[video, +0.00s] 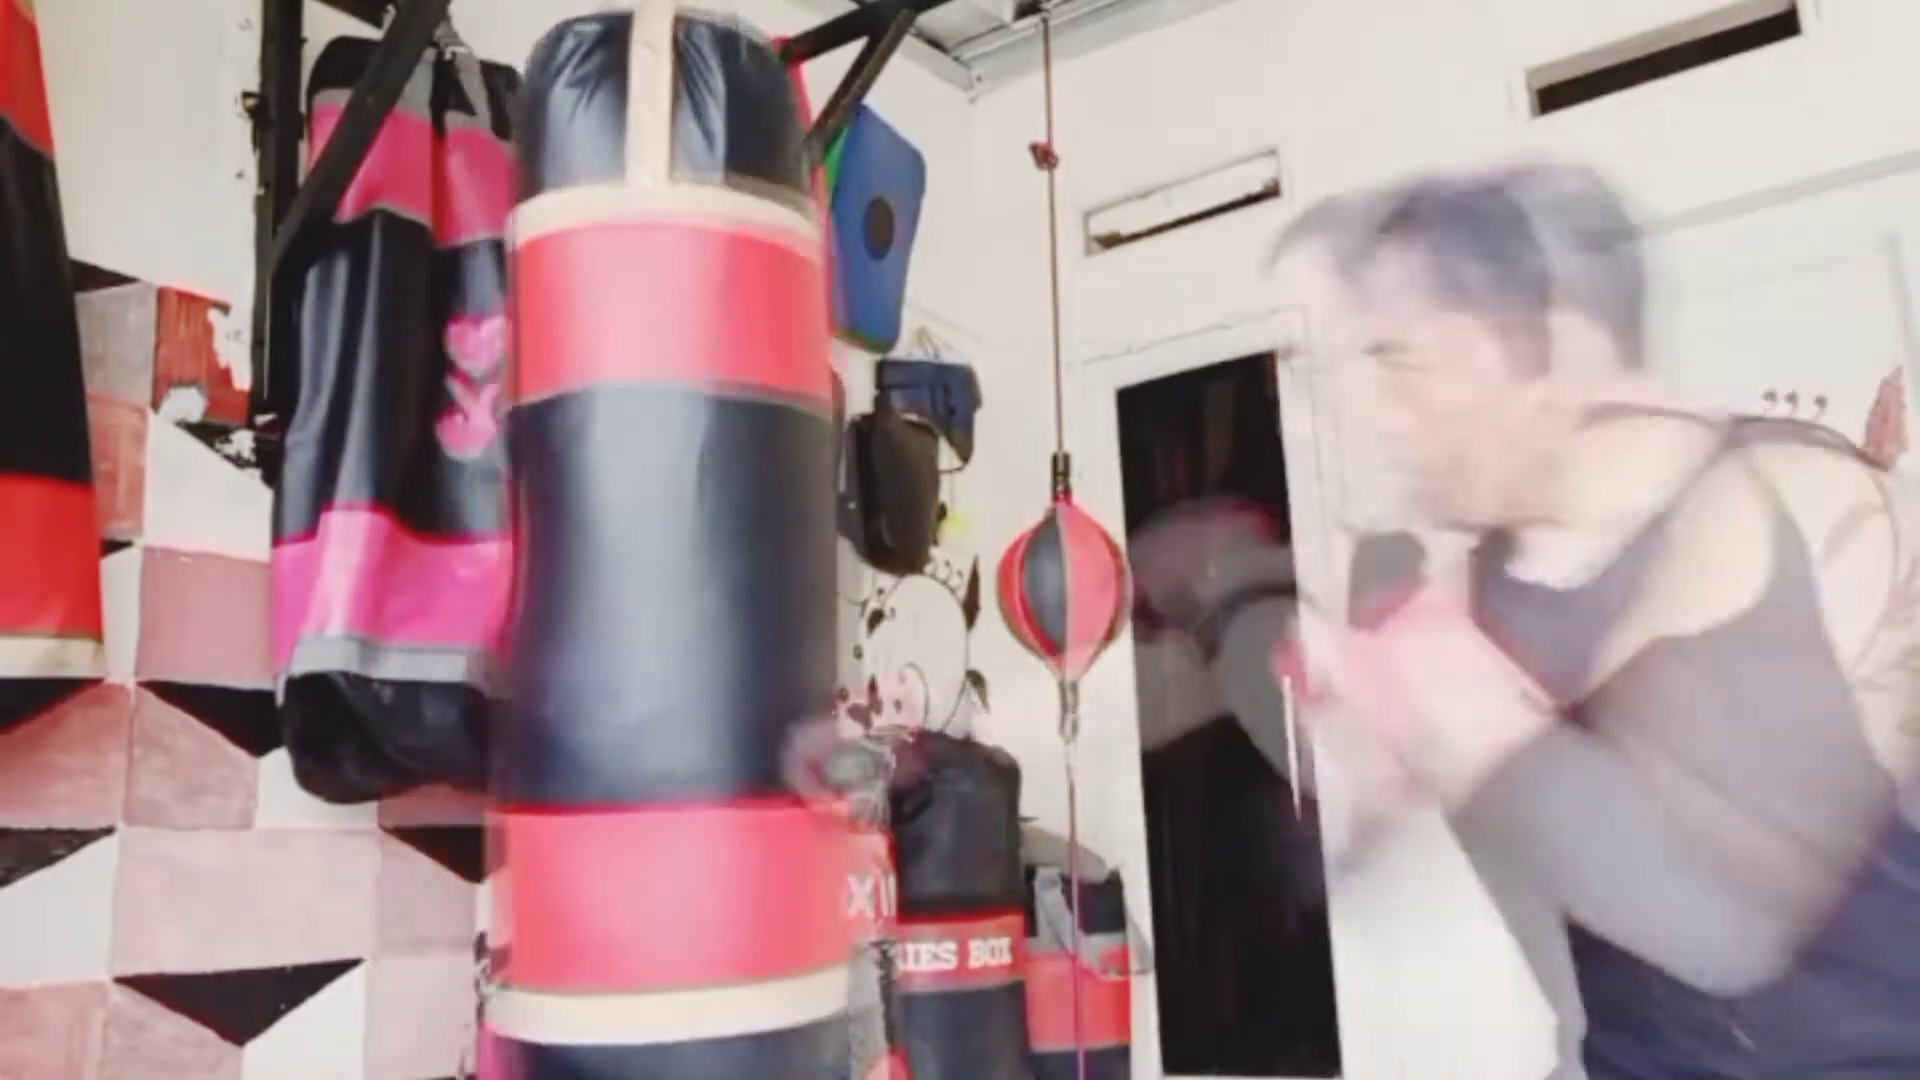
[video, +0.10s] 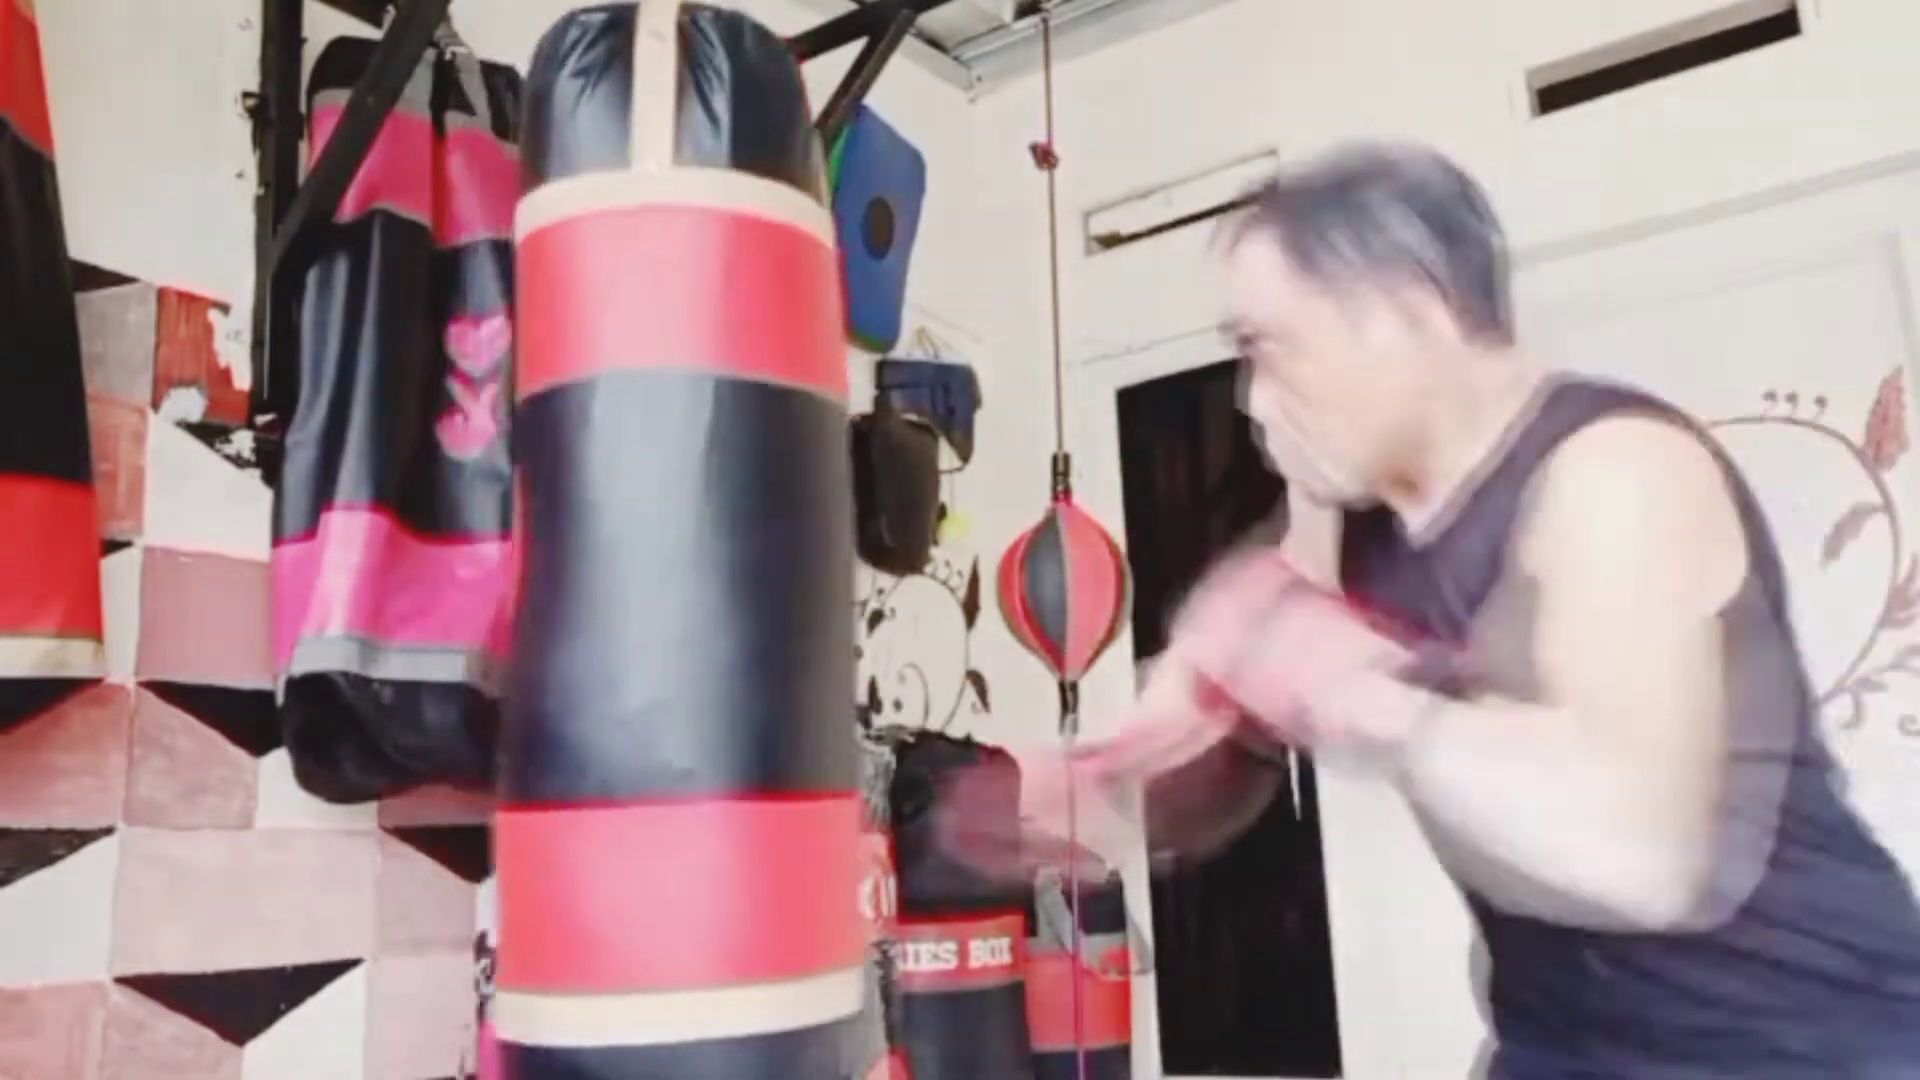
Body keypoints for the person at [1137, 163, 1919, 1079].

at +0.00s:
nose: (1374, 417)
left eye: (1398, 361)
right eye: (1365, 369)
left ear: (1559, 356)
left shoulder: (1788, 513)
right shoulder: (1503, 563)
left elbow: (1726, 921)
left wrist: (1460, 710)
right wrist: (1384, 758)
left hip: (1848, 1051)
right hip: (1639, 1051)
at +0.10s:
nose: (1252, 400)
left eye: (1266, 351)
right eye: (1246, 359)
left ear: (1412, 311)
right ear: (1400, 318)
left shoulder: (1624, 472)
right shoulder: (1355, 505)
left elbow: (1654, 850)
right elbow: (1254, 747)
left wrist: (1365, 697)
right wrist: (1118, 799)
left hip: (1801, 1037)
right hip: (1561, 1035)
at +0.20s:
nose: (1255, 392)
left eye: (1276, 341)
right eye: (1244, 354)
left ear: (1441, 308)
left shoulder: (1660, 470)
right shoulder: (1372, 500)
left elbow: (1507, 809)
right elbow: (1152, 542)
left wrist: (1318, 623)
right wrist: (946, 576)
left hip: (1820, 1038)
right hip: (1579, 1043)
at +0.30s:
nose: (1320, 432)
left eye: (1333, 376)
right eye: (1302, 392)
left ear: (1501, 335)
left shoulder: (1765, 506)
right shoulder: (1436, 572)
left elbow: (1577, 874)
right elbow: (1162, 831)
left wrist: (1330, 652)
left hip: (1835, 1051)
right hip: (1595, 1053)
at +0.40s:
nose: (1356, 448)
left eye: (1372, 386)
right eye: (1340, 404)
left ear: (1537, 336)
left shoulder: (1857, 544)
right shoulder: (1469, 579)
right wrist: (1494, 1066)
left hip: (1823, 1063)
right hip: (1598, 1062)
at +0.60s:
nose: (1342, 351)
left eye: (1348, 296)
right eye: (1329, 312)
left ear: (1497, 251)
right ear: (1499, 257)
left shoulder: (1769, 444)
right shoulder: (1539, 497)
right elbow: (1703, 779)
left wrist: (1741, 955)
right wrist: (1535, 877)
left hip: (1883, 1046)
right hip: (1758, 1051)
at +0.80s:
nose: (1364, 354)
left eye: (1370, 301)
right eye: (1358, 313)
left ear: (1496, 269)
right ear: (1500, 271)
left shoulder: (1653, 434)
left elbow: (1868, 733)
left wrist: (1581, 946)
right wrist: (1515, 881)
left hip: (1816, 1039)